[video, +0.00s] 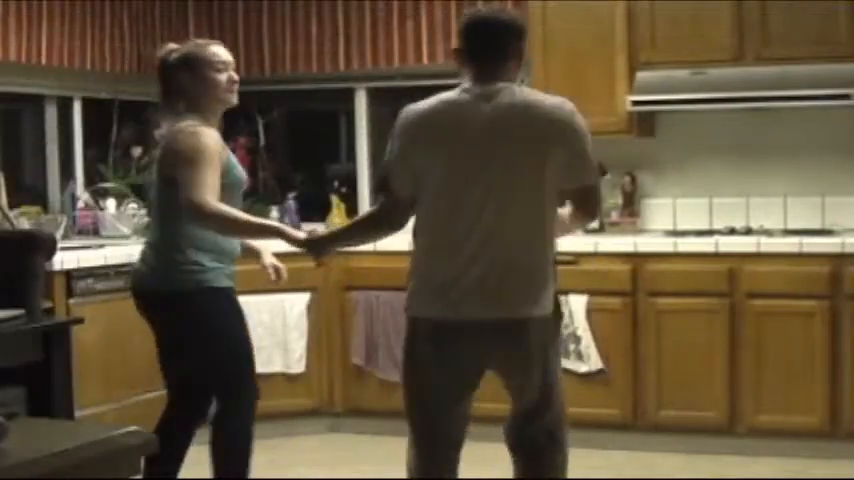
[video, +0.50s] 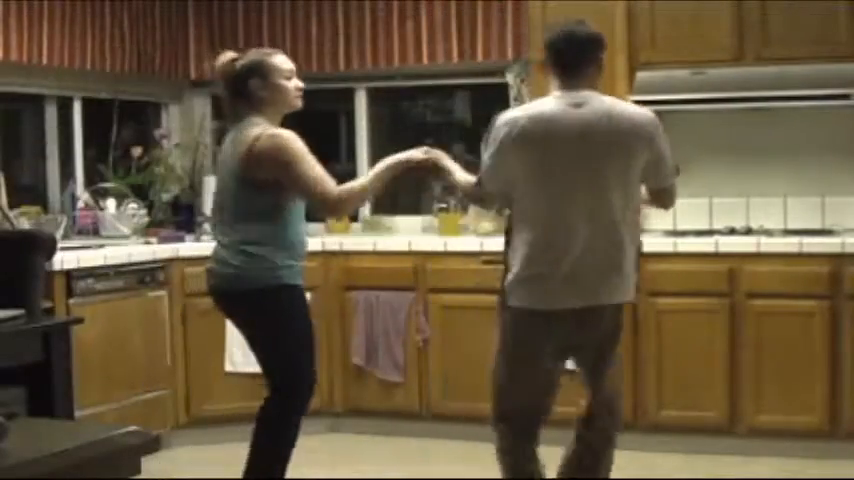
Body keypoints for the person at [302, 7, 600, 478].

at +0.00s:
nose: (517, 62)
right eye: (519, 55)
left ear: (460, 57)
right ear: (520, 56)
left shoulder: (419, 119)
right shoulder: (557, 116)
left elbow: (392, 214)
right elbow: (588, 209)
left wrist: (324, 241)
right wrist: (552, 221)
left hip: (440, 319)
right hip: (525, 318)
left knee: (433, 456)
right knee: (541, 439)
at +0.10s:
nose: (525, 66)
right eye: (529, 57)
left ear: (474, 60)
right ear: (531, 59)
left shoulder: (436, 123)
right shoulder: (570, 119)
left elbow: (410, 214)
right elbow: (602, 208)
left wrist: (339, 237)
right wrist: (574, 232)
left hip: (454, 316)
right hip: (536, 315)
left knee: (442, 446)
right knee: (546, 435)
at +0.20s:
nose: (545, 74)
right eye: (547, 66)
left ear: (493, 70)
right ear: (548, 67)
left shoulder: (457, 132)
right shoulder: (589, 126)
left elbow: (434, 221)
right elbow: (621, 207)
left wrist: (367, 221)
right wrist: (585, 227)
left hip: (473, 318)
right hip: (551, 318)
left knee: (449, 440)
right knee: (555, 437)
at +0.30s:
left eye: (512, 69)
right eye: (568, 69)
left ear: (514, 71)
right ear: (567, 70)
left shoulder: (484, 135)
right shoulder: (609, 127)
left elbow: (453, 217)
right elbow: (637, 205)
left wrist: (390, 188)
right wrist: (599, 209)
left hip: (501, 313)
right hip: (576, 314)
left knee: (452, 418)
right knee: (567, 434)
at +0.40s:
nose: (525, 73)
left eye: (526, 66)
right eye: (586, 64)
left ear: (532, 67)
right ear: (585, 65)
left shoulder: (502, 128)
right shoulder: (625, 123)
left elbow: (469, 200)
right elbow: (651, 196)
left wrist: (422, 165)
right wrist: (623, 203)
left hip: (519, 305)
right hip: (594, 304)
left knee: (479, 409)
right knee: (580, 422)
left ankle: (496, 478)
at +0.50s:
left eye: (553, 64)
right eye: (598, 63)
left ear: (548, 65)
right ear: (600, 64)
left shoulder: (514, 125)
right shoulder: (639, 123)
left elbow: (486, 194)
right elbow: (664, 195)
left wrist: (444, 165)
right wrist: (620, 181)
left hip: (533, 300)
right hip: (606, 298)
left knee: (517, 427)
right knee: (604, 406)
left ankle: (525, 477)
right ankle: (580, 476)